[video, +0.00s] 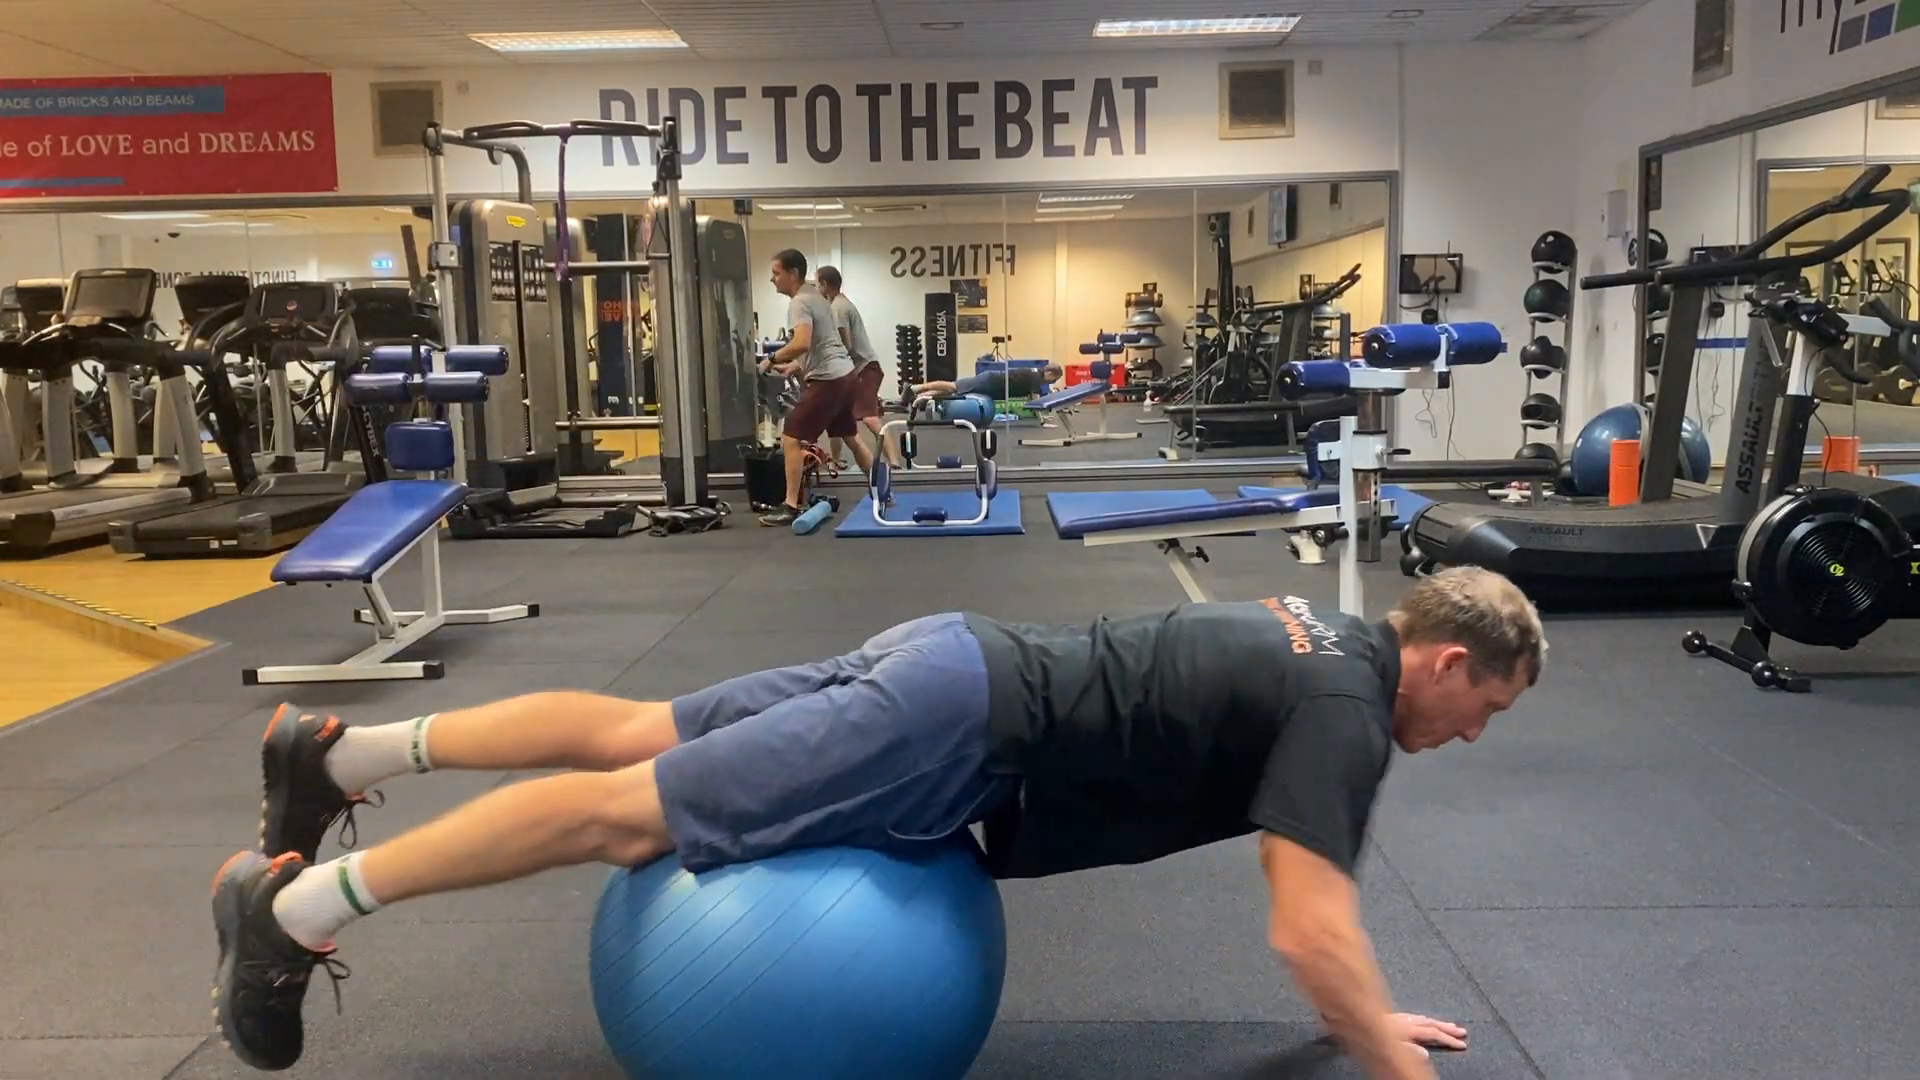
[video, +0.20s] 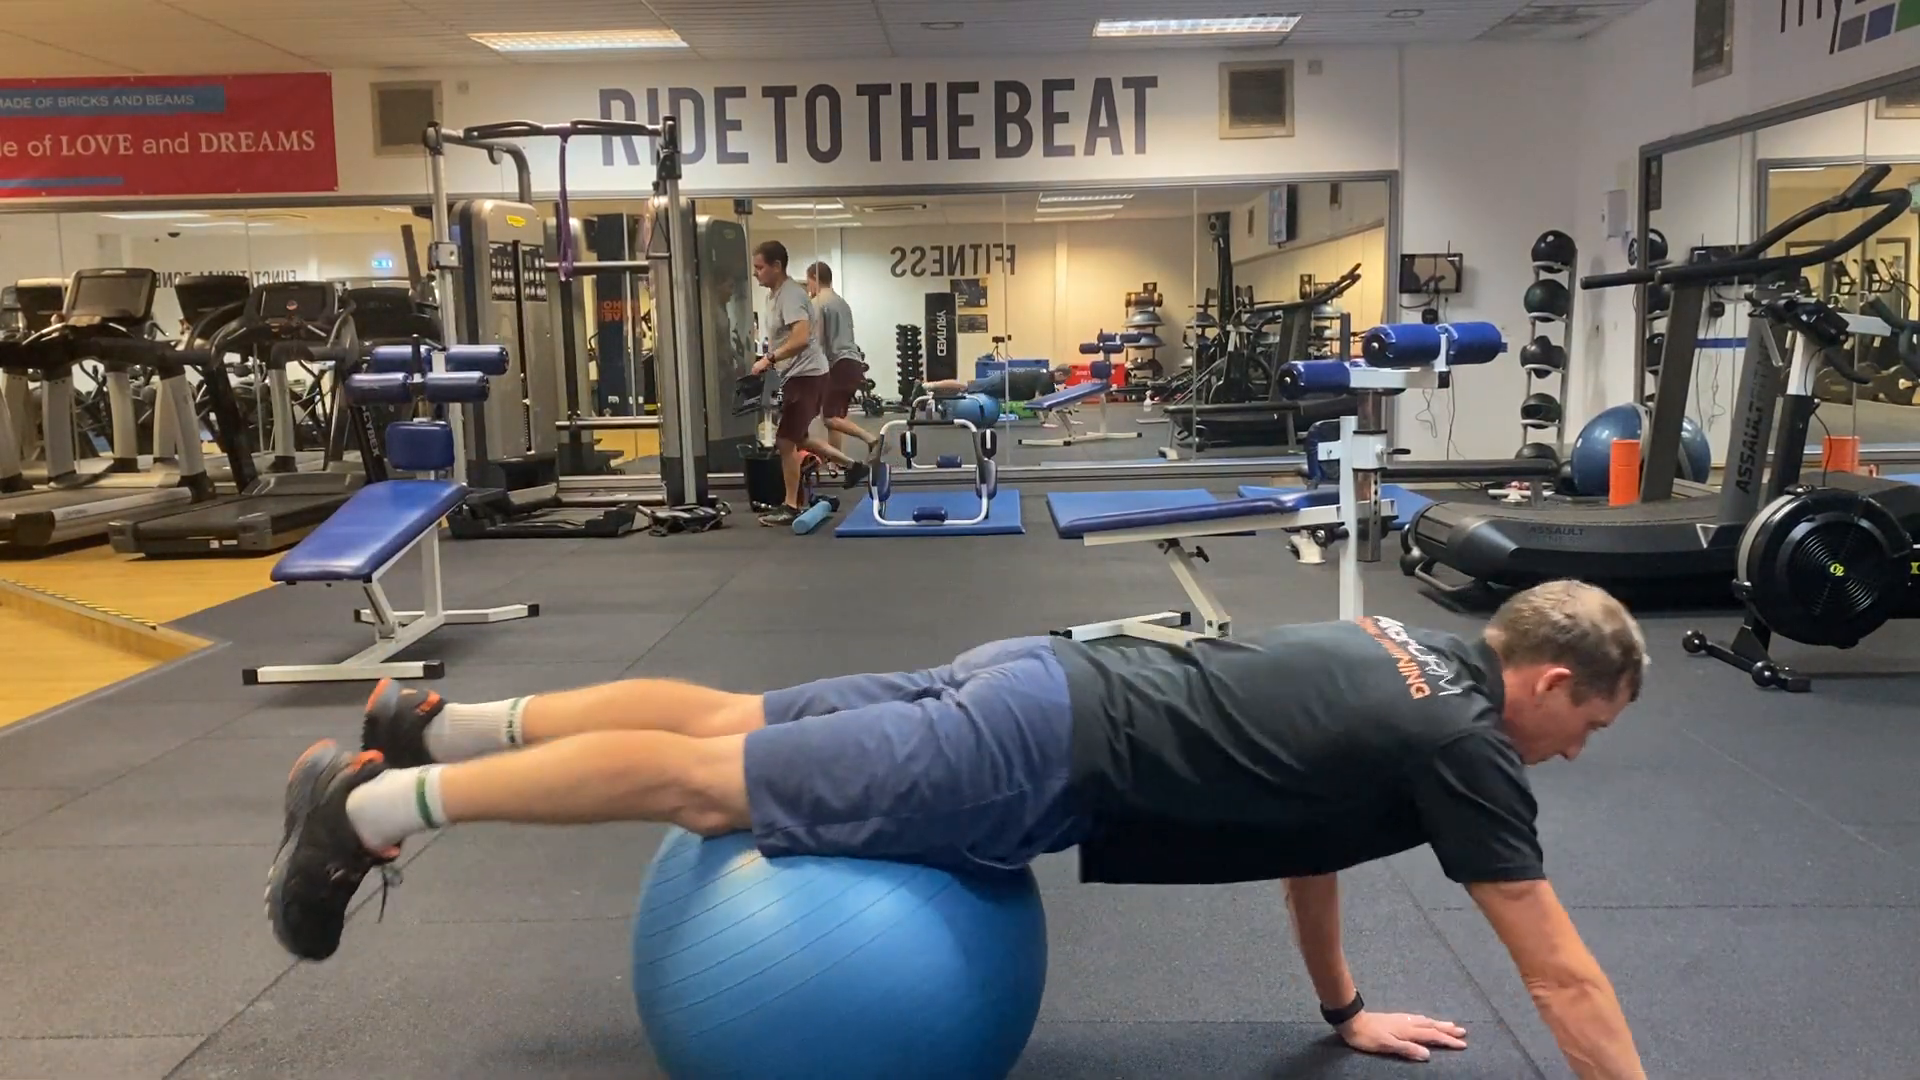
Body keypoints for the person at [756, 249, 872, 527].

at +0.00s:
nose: (773, 280)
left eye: (776, 273)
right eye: (773, 274)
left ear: (794, 274)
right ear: (798, 275)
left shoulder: (800, 301)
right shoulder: (816, 296)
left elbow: (802, 343)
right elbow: (827, 343)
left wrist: (773, 358)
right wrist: (795, 366)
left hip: (826, 379)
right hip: (844, 374)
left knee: (790, 438)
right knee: (850, 437)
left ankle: (791, 505)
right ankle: (882, 487)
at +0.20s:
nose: (755, 273)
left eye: (759, 267)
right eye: (755, 267)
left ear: (777, 266)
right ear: (774, 267)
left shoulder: (791, 294)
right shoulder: (780, 294)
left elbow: (801, 337)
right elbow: (787, 337)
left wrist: (770, 358)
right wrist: (770, 358)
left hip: (806, 374)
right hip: (799, 373)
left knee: (787, 441)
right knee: (797, 439)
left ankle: (791, 505)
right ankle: (852, 465)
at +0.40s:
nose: (741, 271)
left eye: (745, 265)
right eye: (739, 266)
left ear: (763, 261)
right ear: (747, 265)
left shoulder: (785, 291)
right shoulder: (747, 294)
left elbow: (800, 336)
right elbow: (747, 330)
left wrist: (768, 359)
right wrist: (747, 357)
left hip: (796, 373)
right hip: (771, 374)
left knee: (785, 441)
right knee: (750, 427)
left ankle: (792, 504)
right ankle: (791, 462)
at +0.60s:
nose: (728, 268)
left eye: (733, 262)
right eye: (725, 263)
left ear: (751, 260)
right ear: (725, 264)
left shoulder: (773, 292)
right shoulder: (726, 296)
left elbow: (789, 335)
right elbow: (725, 337)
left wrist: (757, 357)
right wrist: (728, 363)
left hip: (779, 374)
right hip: (747, 377)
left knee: (776, 443)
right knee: (742, 441)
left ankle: (788, 503)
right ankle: (741, 505)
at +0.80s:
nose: (710, 270)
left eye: (715, 263)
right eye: (706, 265)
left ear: (731, 261)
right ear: (703, 267)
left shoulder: (754, 292)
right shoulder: (707, 298)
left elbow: (772, 334)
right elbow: (702, 341)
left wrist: (739, 358)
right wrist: (708, 367)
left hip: (759, 375)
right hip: (727, 379)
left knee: (744, 439)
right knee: (727, 442)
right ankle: (732, 496)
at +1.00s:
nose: (696, 266)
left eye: (701, 260)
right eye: (691, 262)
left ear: (715, 259)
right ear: (689, 264)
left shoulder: (738, 289)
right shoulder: (689, 299)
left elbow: (755, 333)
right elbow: (691, 337)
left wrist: (722, 360)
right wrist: (694, 359)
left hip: (741, 373)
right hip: (712, 376)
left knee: (724, 440)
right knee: (717, 443)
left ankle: (736, 506)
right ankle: (735, 505)